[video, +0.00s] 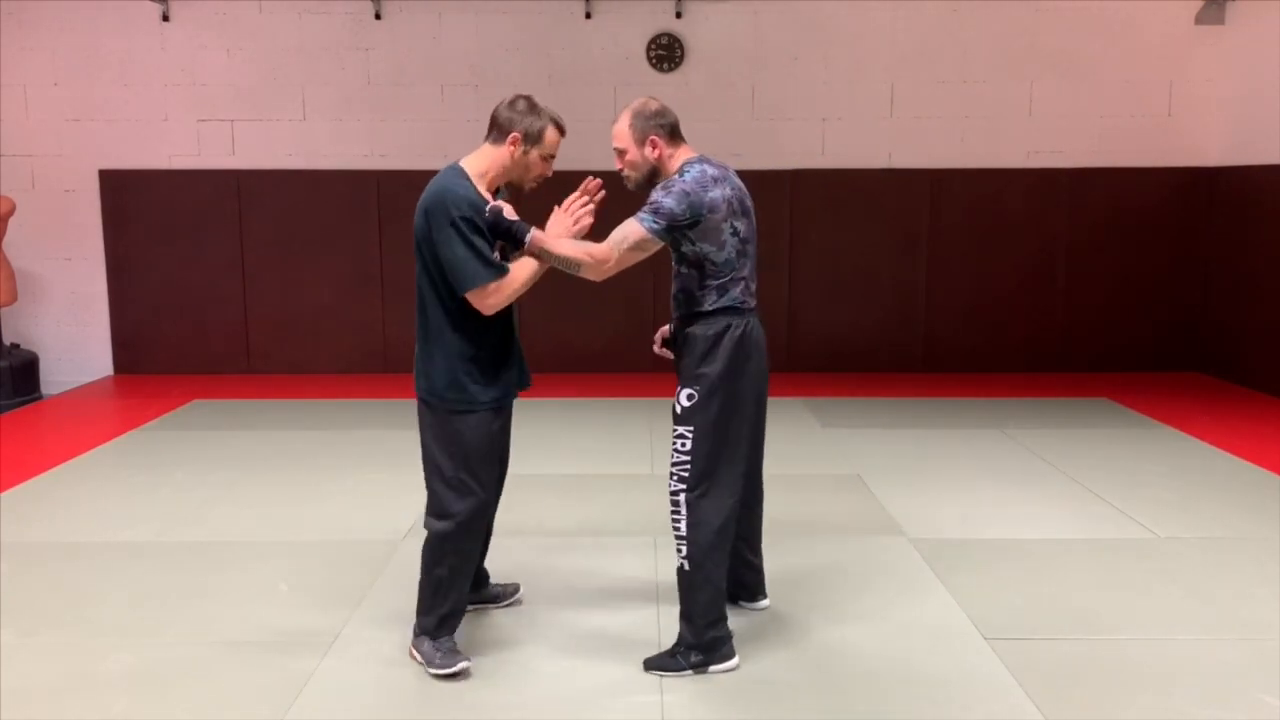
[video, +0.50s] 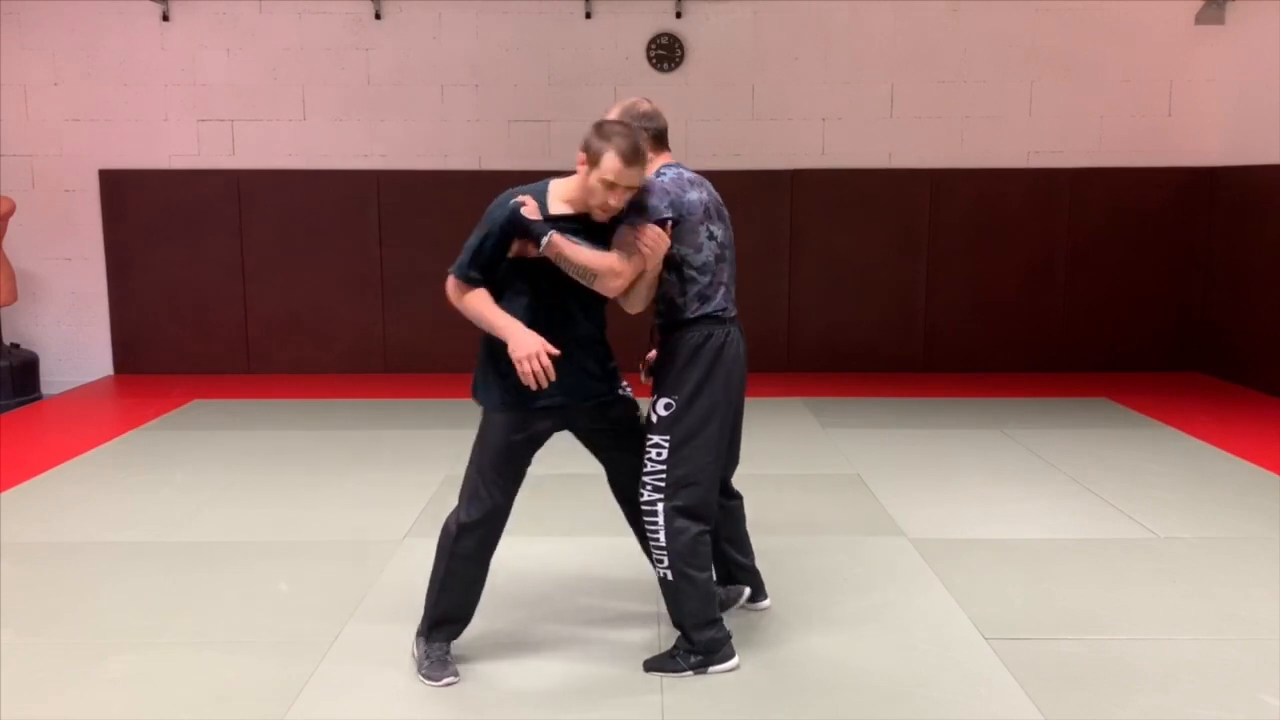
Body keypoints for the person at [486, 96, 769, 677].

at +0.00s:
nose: (619, 164)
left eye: (623, 152)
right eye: (616, 153)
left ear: (656, 146)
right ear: (664, 145)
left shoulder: (688, 190)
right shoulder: (718, 177)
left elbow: (602, 260)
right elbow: (725, 273)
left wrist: (519, 232)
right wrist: (686, 325)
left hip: (717, 345)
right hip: (738, 339)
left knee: (694, 489)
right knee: (736, 471)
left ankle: (704, 641)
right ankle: (744, 582)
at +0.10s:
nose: (611, 162)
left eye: (614, 150)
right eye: (609, 151)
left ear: (649, 144)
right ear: (656, 143)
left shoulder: (682, 191)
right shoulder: (708, 176)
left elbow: (595, 261)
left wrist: (510, 240)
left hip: (707, 346)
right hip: (726, 340)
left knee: (685, 491)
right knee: (724, 474)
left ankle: (703, 642)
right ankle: (741, 582)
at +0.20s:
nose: (608, 157)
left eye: (612, 145)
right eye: (606, 145)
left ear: (647, 140)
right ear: (655, 139)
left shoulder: (677, 189)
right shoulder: (705, 175)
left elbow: (593, 257)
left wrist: (504, 247)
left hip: (698, 348)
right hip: (719, 341)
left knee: (680, 493)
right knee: (716, 473)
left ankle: (702, 642)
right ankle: (739, 581)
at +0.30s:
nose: (607, 156)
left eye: (611, 144)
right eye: (605, 144)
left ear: (645, 138)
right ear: (653, 138)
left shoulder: (673, 187)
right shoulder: (703, 176)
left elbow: (598, 267)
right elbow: (691, 268)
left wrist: (513, 247)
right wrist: (665, 332)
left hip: (695, 347)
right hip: (716, 342)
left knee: (678, 495)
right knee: (712, 474)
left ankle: (702, 642)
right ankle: (739, 579)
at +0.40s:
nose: (604, 155)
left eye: (609, 144)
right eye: (603, 144)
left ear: (639, 140)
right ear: (651, 138)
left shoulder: (668, 186)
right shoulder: (699, 179)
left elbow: (615, 268)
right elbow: (704, 273)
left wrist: (531, 248)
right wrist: (669, 336)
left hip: (697, 348)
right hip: (715, 344)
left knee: (677, 494)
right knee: (709, 477)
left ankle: (704, 641)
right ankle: (740, 580)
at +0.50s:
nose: (614, 170)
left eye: (619, 157)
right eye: (612, 158)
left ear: (641, 147)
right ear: (664, 142)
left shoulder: (657, 189)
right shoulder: (696, 185)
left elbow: (615, 273)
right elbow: (698, 281)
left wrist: (545, 235)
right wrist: (668, 347)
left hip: (697, 349)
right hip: (718, 345)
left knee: (665, 495)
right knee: (708, 477)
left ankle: (704, 642)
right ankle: (741, 580)